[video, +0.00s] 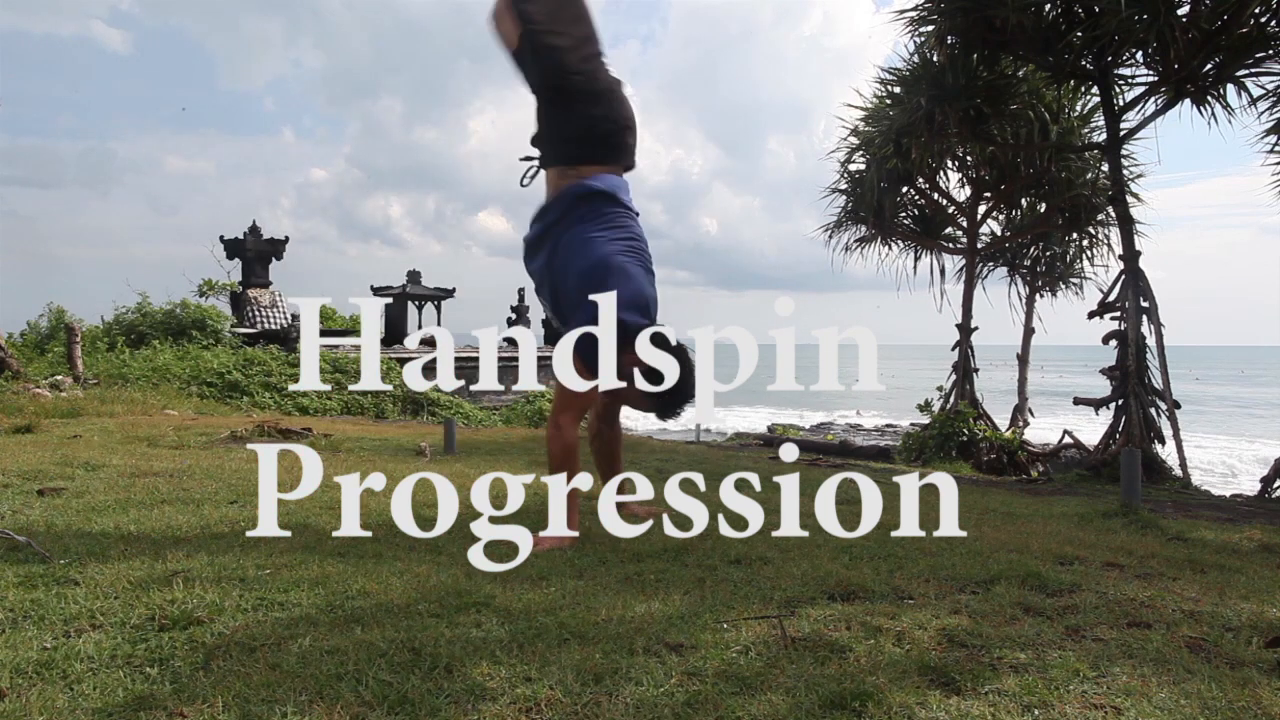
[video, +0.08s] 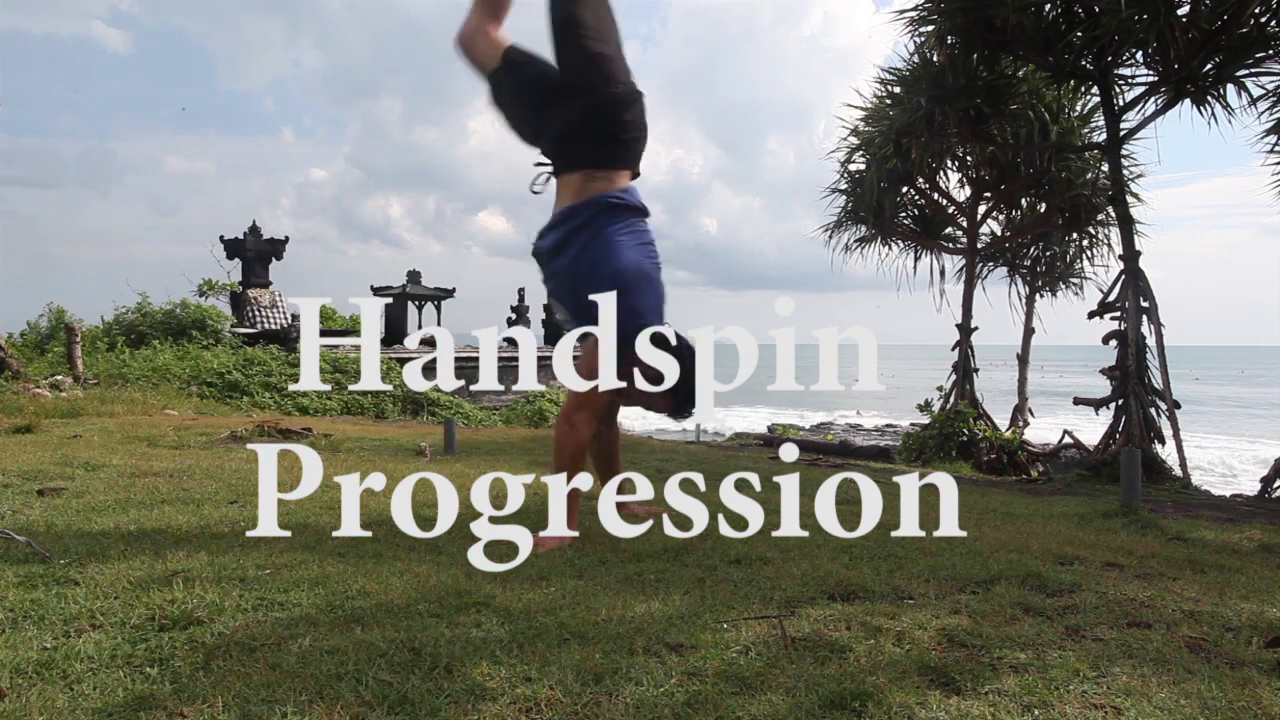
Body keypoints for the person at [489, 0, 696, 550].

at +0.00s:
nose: (632, 411)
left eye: (642, 409)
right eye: (639, 405)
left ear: (656, 369)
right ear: (640, 377)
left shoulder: (637, 340)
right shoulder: (600, 342)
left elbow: (605, 419)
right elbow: (562, 424)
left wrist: (615, 494)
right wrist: (565, 520)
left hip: (606, 155)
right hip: (581, 137)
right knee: (509, 11)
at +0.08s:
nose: (644, 407)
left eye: (655, 406)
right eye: (654, 403)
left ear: (653, 369)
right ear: (655, 376)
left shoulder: (626, 344)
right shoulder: (624, 336)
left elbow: (602, 418)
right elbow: (574, 421)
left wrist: (615, 496)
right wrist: (562, 518)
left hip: (576, 144)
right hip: (609, 133)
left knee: (475, 34)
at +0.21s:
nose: (656, 399)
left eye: (666, 402)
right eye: (669, 397)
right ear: (684, 369)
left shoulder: (612, 311)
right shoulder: (672, 317)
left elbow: (604, 399)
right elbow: (600, 388)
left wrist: (615, 489)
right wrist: (548, 487)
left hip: (577, 148)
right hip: (626, 138)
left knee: (433, 94)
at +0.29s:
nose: (664, 391)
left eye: (671, 396)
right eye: (680, 391)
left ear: (671, 363)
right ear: (698, 362)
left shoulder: (617, 343)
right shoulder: (694, 317)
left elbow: (602, 418)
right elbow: (640, 369)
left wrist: (620, 505)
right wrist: (574, 448)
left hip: (574, 155)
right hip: (631, 136)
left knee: (438, 158)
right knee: (629, 6)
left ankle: (363, 13)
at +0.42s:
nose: (665, 386)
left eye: (674, 390)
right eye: (685, 387)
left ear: (662, 357)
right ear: (702, 364)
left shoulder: (617, 326)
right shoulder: (711, 310)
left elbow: (602, 414)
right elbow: (714, 333)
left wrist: (619, 504)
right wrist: (649, 403)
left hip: (566, 166)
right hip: (632, 140)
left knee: (465, 218)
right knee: (619, 11)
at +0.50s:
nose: (666, 379)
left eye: (668, 384)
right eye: (679, 382)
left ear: (657, 360)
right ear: (694, 350)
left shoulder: (611, 334)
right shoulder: (701, 298)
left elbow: (599, 424)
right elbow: (783, 285)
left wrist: (619, 506)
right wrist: (756, 351)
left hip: (562, 166)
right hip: (628, 141)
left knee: (505, 274)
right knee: (618, 7)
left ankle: (356, 289)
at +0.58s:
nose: (651, 374)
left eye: (654, 378)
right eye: (664, 377)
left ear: (647, 357)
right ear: (685, 349)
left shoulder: (604, 335)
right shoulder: (704, 294)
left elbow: (597, 417)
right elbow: (788, 256)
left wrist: (617, 505)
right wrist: (806, 311)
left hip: (555, 169)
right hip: (619, 148)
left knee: (533, 306)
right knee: (612, 2)